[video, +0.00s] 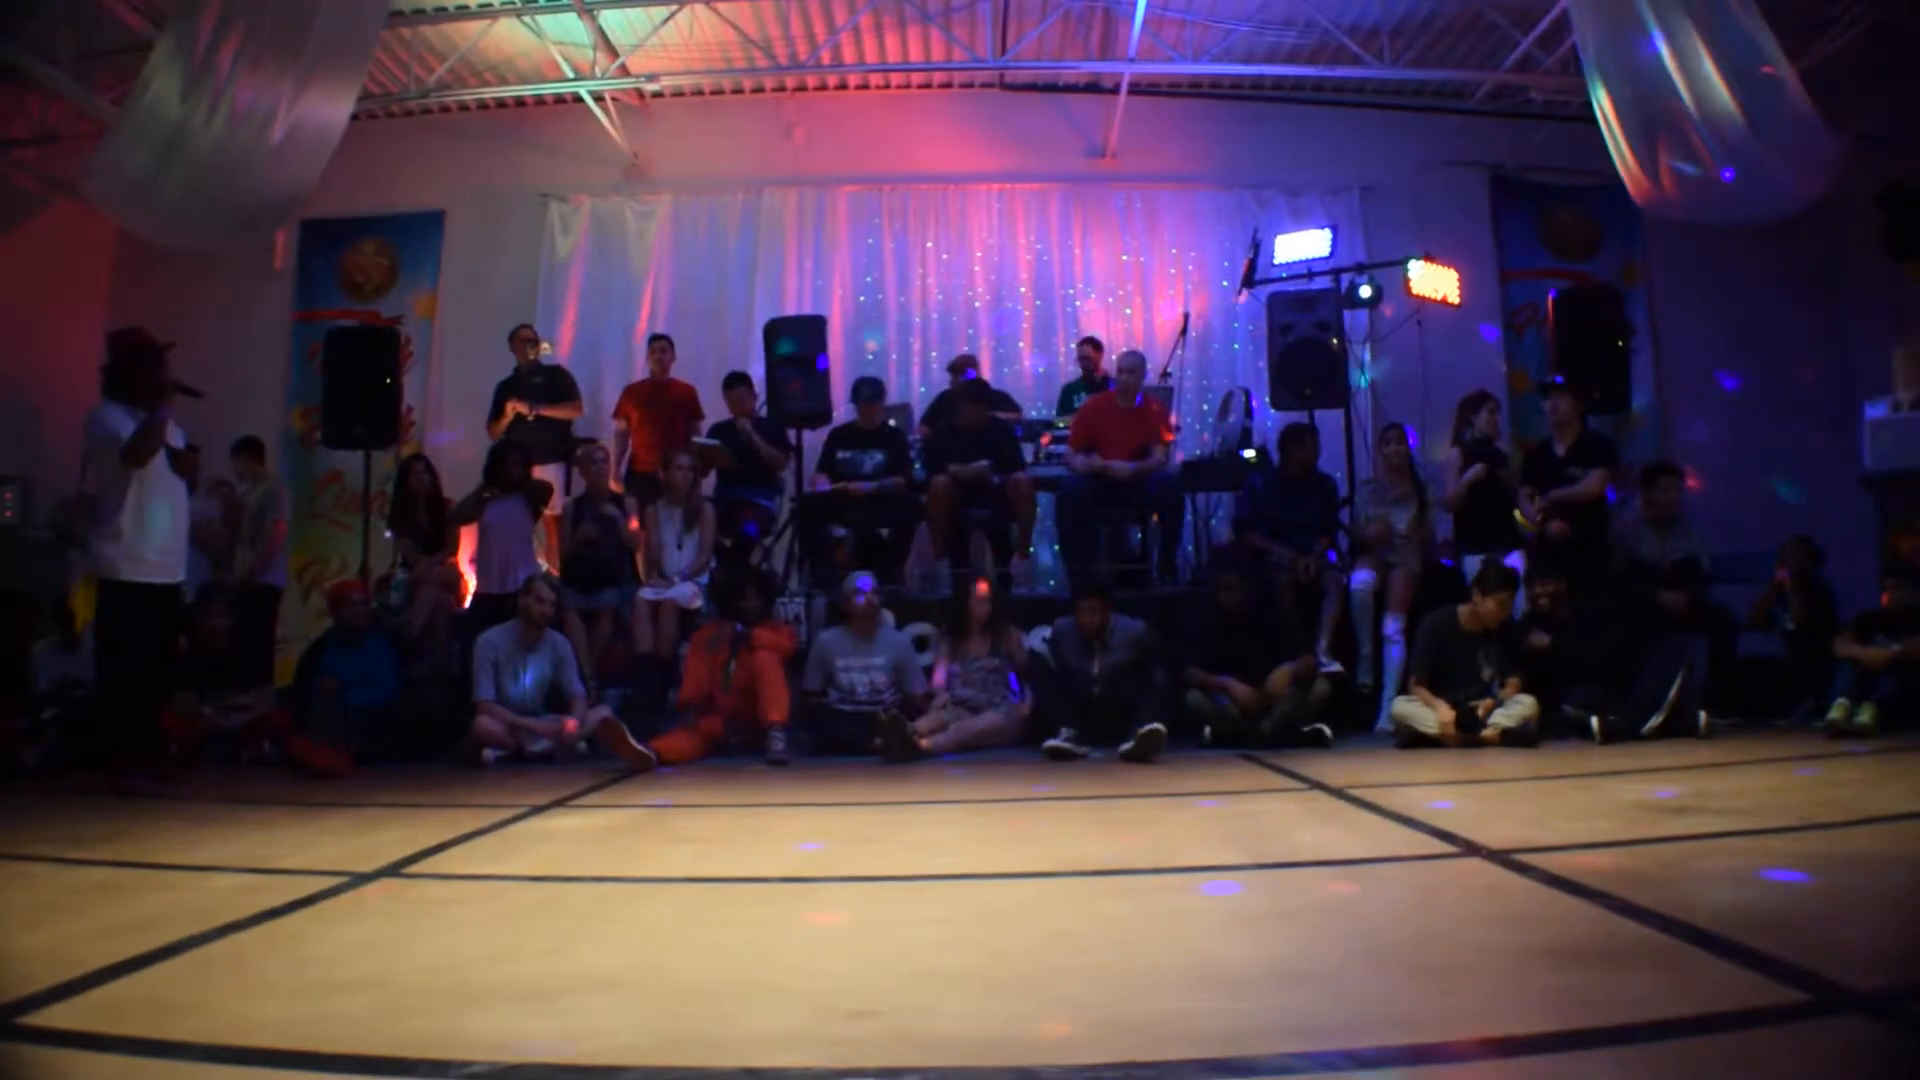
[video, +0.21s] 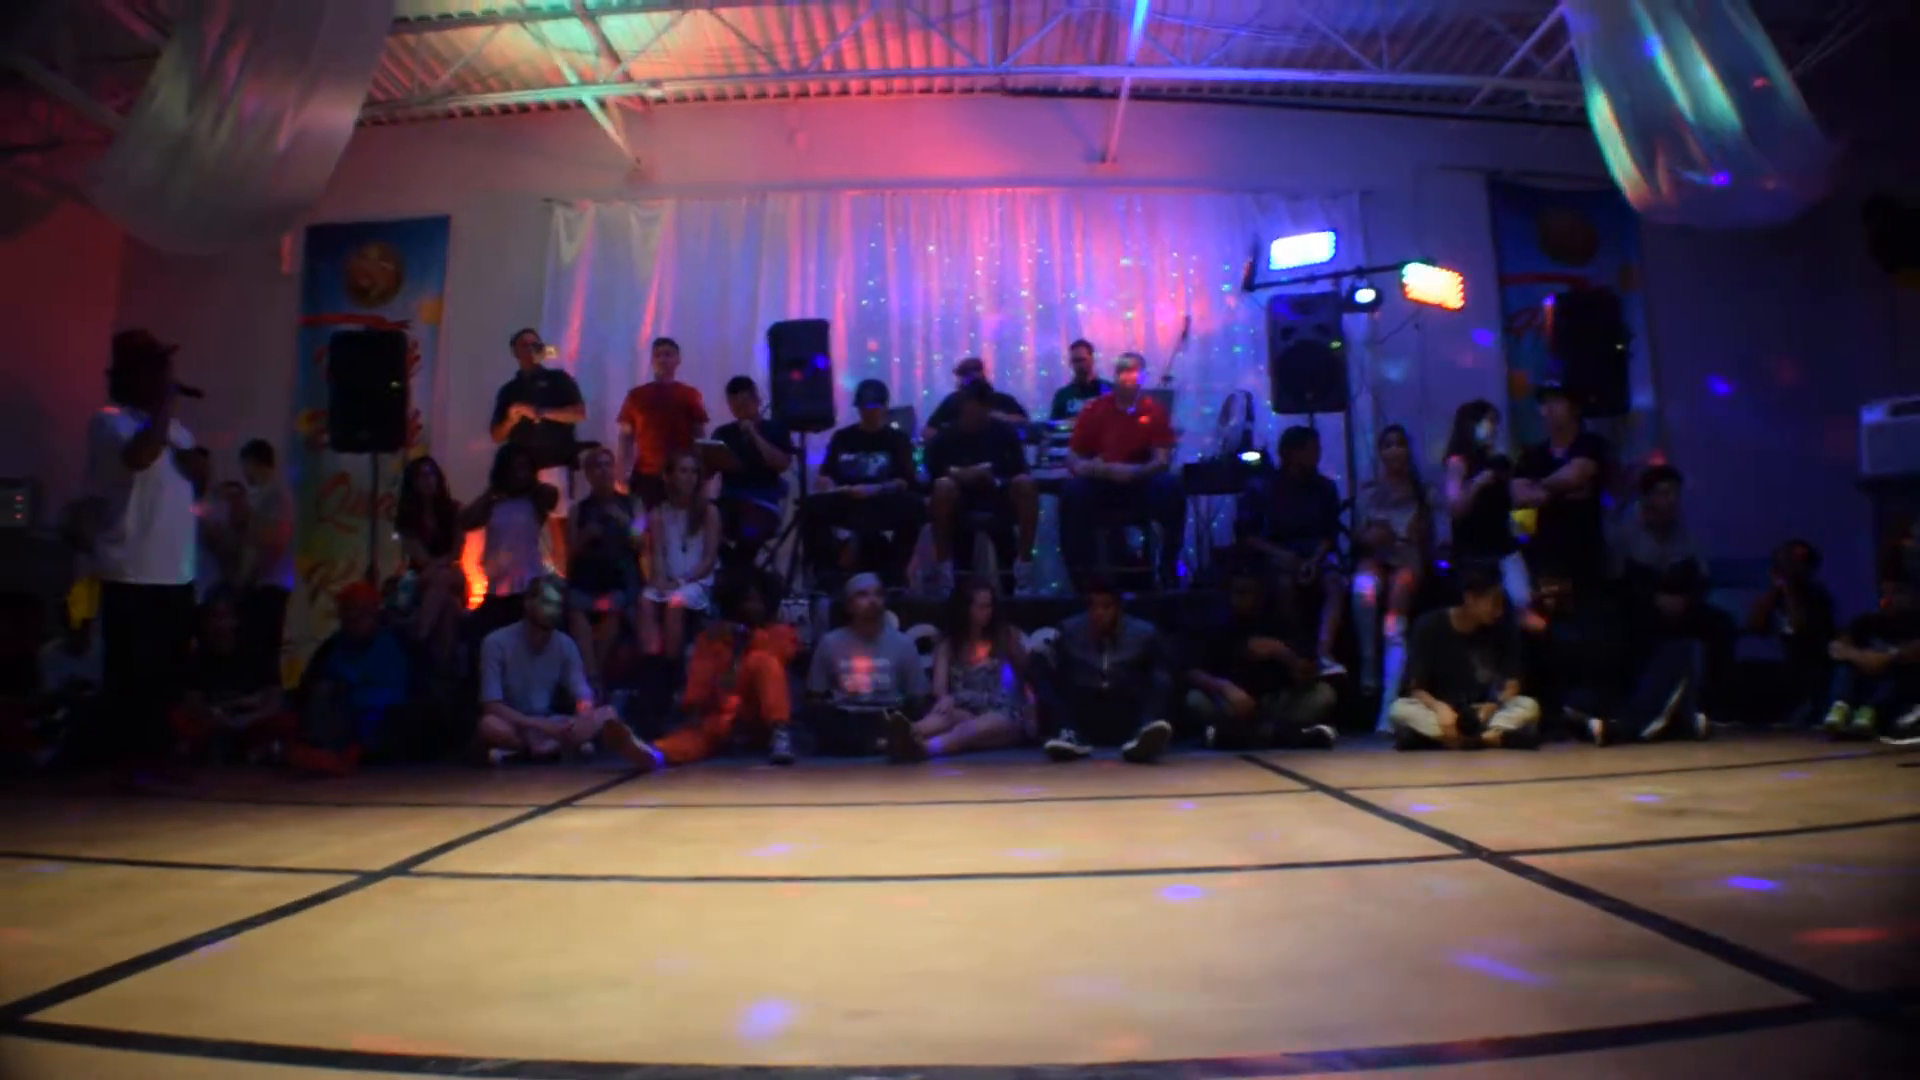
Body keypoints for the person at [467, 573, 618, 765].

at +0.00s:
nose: (546, 610)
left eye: (551, 604)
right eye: (539, 602)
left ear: (555, 608)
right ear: (523, 601)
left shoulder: (559, 644)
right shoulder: (490, 642)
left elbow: (578, 695)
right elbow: (484, 704)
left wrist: (574, 721)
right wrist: (539, 727)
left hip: (546, 718)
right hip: (508, 720)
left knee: (603, 713)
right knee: (482, 725)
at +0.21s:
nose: (553, 611)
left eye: (557, 605)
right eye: (546, 603)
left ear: (562, 608)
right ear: (528, 603)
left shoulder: (565, 645)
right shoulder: (497, 643)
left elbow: (582, 694)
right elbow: (492, 704)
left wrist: (582, 718)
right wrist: (543, 726)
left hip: (554, 719)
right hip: (515, 719)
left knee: (607, 714)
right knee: (489, 726)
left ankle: (548, 744)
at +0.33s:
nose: (575, 611)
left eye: (581, 605)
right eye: (569, 603)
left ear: (585, 609)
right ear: (553, 602)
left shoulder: (589, 645)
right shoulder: (521, 642)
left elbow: (607, 697)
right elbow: (515, 705)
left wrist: (604, 722)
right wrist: (569, 727)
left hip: (578, 721)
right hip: (540, 721)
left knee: (632, 714)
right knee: (513, 725)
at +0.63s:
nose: (574, 609)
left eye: (580, 604)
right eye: (568, 601)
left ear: (584, 608)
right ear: (551, 600)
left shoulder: (587, 643)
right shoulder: (520, 640)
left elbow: (607, 697)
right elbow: (514, 703)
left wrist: (603, 720)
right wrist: (565, 725)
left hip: (576, 719)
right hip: (537, 720)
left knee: (631, 712)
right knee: (511, 723)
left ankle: (563, 746)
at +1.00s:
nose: (573, 610)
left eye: (578, 605)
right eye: (566, 602)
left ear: (583, 609)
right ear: (550, 601)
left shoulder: (585, 643)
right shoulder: (518, 641)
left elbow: (606, 699)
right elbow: (512, 704)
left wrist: (600, 724)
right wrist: (564, 726)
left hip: (573, 720)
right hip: (535, 721)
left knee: (629, 714)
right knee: (509, 724)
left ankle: (559, 748)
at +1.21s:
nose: (571, 611)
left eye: (577, 606)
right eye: (565, 603)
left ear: (581, 610)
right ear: (548, 603)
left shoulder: (584, 645)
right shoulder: (517, 643)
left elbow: (605, 700)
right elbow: (510, 706)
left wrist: (599, 723)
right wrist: (564, 728)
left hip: (572, 721)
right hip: (534, 723)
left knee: (627, 714)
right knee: (508, 726)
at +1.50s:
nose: (568, 613)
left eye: (574, 607)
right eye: (561, 604)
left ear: (578, 610)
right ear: (545, 603)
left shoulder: (580, 646)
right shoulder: (513, 644)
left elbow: (600, 701)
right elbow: (507, 707)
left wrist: (596, 725)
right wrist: (562, 729)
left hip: (568, 721)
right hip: (530, 722)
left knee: (624, 715)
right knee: (504, 727)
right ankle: (581, 748)